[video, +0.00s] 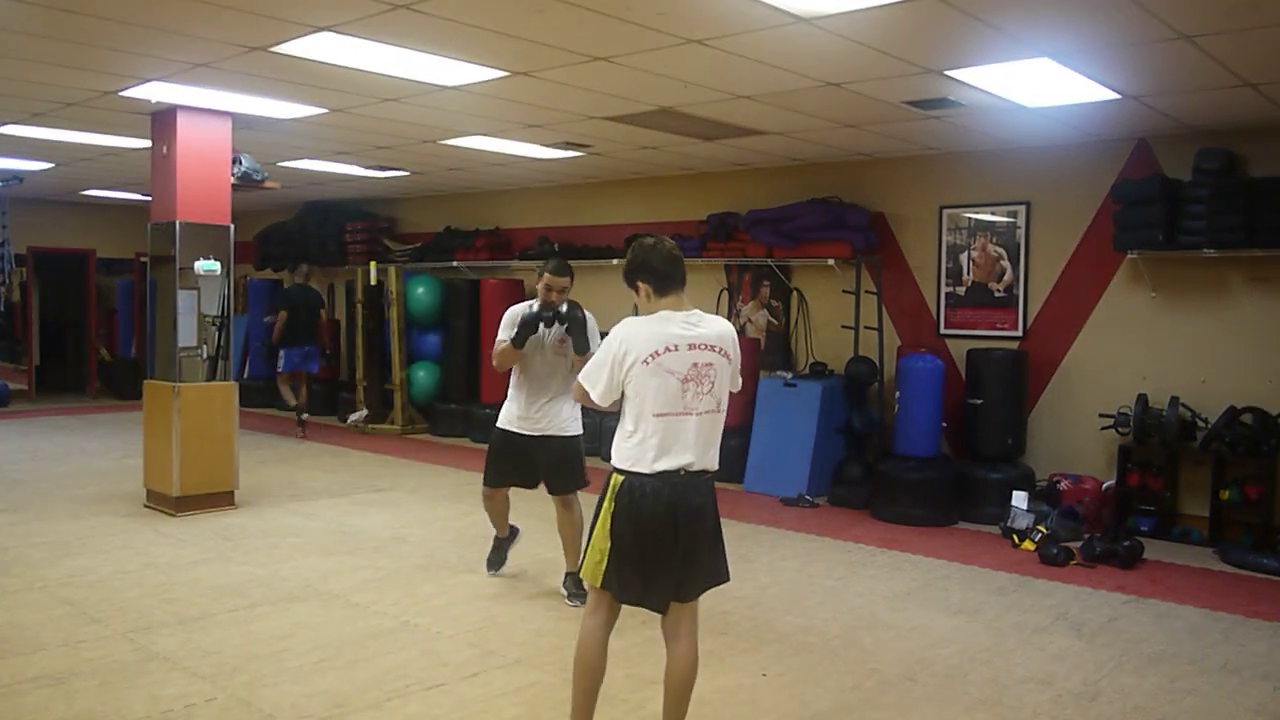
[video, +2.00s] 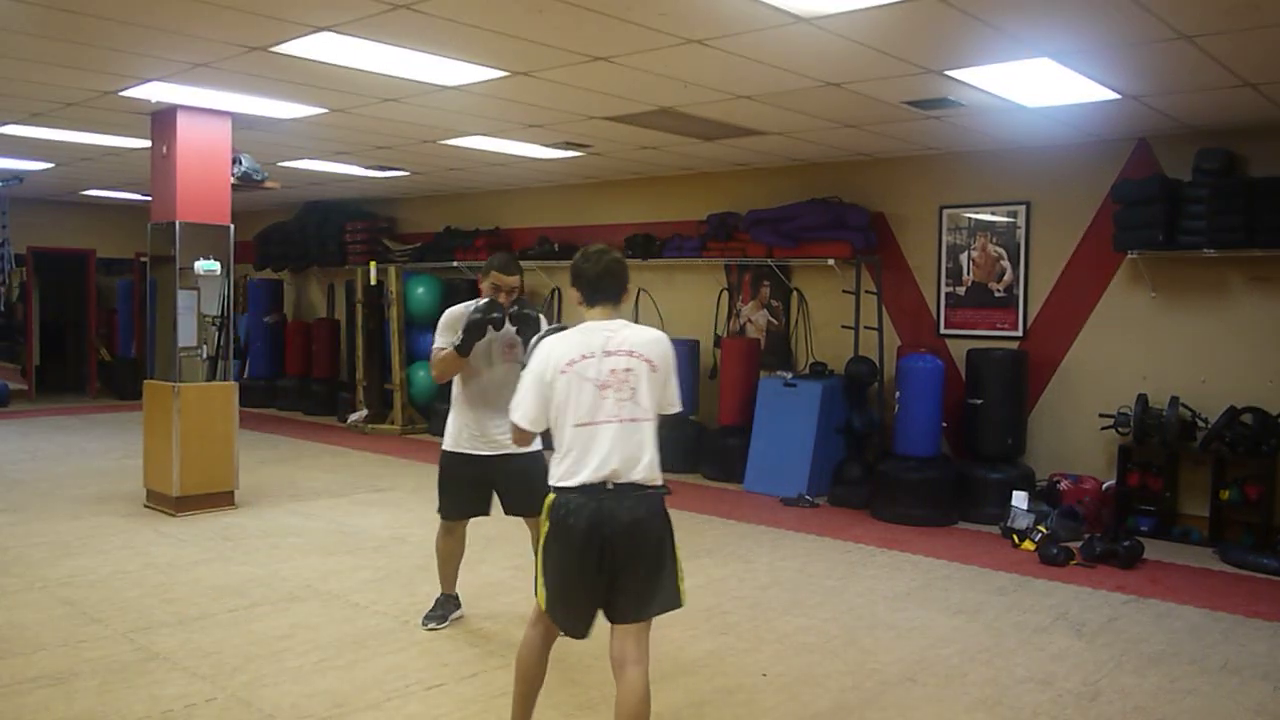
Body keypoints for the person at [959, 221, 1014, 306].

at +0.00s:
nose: (983, 241)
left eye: (985, 237)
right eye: (979, 237)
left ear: (990, 237)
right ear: (975, 237)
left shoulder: (998, 252)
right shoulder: (971, 253)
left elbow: (1009, 272)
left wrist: (1000, 286)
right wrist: (966, 279)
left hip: (992, 288)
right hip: (975, 287)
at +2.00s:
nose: (983, 241)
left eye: (985, 237)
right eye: (979, 237)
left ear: (990, 237)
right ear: (975, 237)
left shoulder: (998, 252)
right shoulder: (971, 253)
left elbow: (1009, 272)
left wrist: (1000, 286)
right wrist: (966, 279)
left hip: (992, 288)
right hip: (975, 287)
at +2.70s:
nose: (987, 242)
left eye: (990, 238)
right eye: (983, 238)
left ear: (995, 238)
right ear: (979, 238)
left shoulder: (1003, 254)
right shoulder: (975, 254)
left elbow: (1014, 273)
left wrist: (1005, 287)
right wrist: (971, 280)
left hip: (995, 289)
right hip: (979, 288)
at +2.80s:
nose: (995, 240)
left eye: (999, 236)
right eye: (992, 236)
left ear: (1004, 237)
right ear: (988, 237)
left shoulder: (1012, 252)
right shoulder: (985, 251)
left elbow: (1023, 272)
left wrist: (1015, 286)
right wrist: (979, 278)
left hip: (1004, 288)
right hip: (988, 287)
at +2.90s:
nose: (1006, 240)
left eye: (1009, 236)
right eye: (1003, 236)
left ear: (1014, 237)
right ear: (999, 237)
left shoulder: (1022, 252)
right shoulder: (994, 253)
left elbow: (1033, 272)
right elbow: (991, 269)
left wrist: (1025, 286)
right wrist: (990, 279)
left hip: (1014, 287)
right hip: (998, 286)